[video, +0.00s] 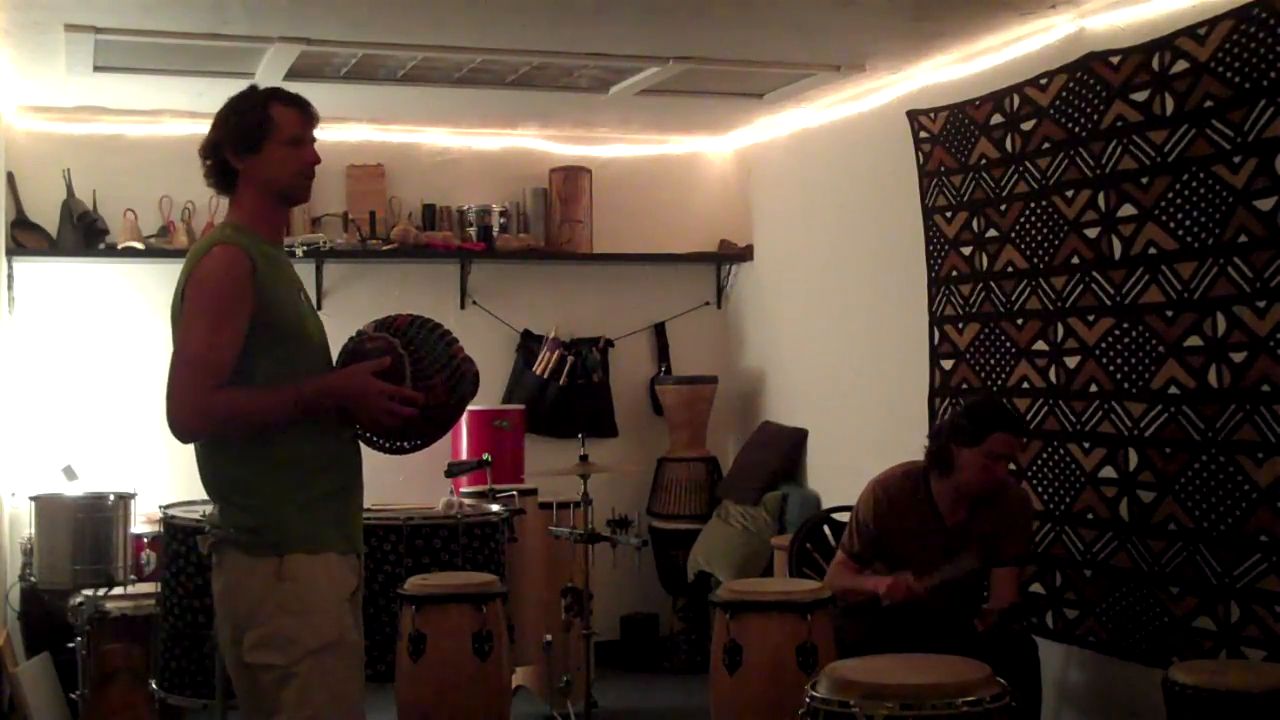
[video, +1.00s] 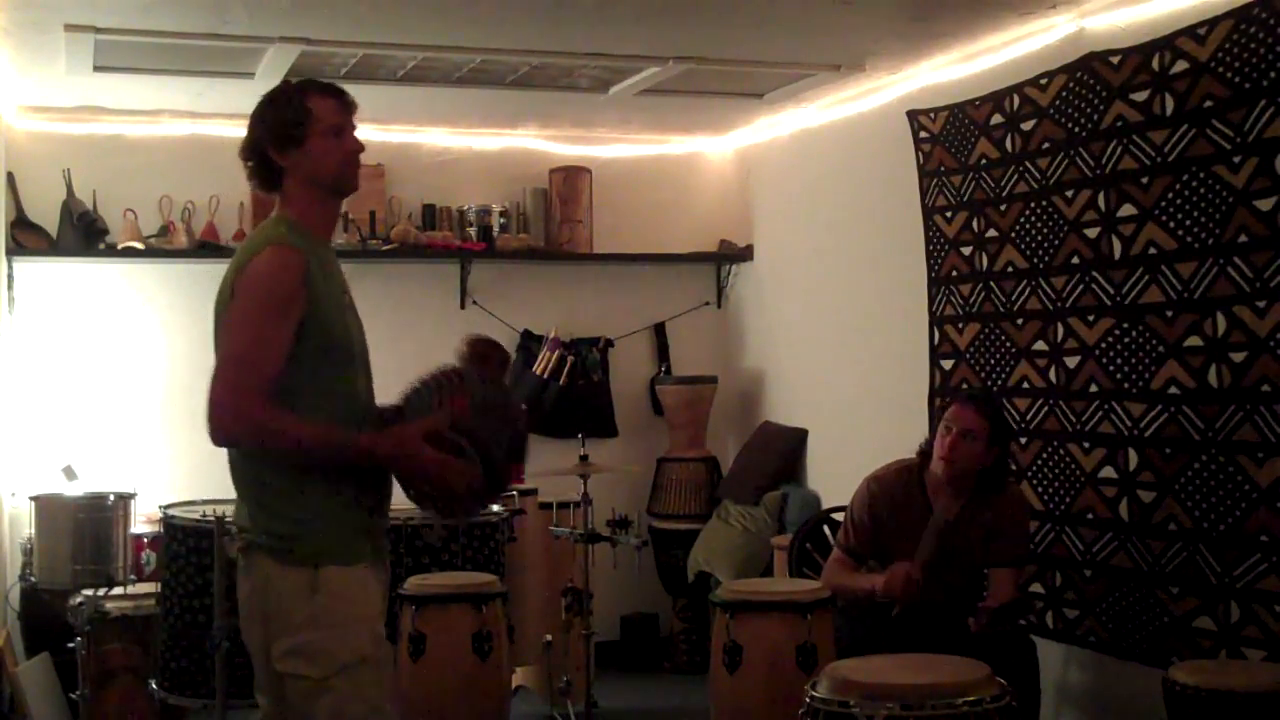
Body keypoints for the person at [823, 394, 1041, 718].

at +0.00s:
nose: (1002, 473)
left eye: (1007, 462)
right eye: (992, 459)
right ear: (956, 448)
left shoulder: (1010, 504)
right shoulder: (888, 492)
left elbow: (1005, 595)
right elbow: (835, 577)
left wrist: (992, 615)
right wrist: (877, 583)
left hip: (961, 620)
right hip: (887, 616)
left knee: (1018, 649)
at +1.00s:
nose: (950, 444)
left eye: (967, 437)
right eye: (947, 429)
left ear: (989, 454)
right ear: (936, 431)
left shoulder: (1005, 505)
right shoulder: (884, 488)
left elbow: (1004, 590)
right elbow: (831, 575)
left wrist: (988, 612)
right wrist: (877, 582)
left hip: (960, 625)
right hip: (886, 620)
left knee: (1016, 650)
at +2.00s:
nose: (979, 452)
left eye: (997, 445)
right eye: (974, 436)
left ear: (1016, 459)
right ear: (957, 436)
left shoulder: (1028, 509)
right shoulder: (907, 483)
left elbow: (1018, 602)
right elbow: (814, 531)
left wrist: (981, 626)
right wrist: (875, 570)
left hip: (969, 618)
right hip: (896, 607)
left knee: (1019, 649)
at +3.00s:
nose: (876, 391)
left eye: (887, 381)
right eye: (866, 383)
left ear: (906, 394)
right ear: (851, 399)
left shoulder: (947, 467)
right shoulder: (826, 472)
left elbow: (997, 537)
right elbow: (762, 542)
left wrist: (967, 534)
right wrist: (829, 539)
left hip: (940, 626)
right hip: (863, 631)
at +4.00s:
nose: (883, 398)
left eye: (895, 386)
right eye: (873, 389)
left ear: (919, 400)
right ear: (859, 407)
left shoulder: (962, 469)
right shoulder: (829, 478)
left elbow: (997, 553)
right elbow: (777, 561)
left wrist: (964, 542)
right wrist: (821, 542)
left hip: (943, 636)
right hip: (859, 639)